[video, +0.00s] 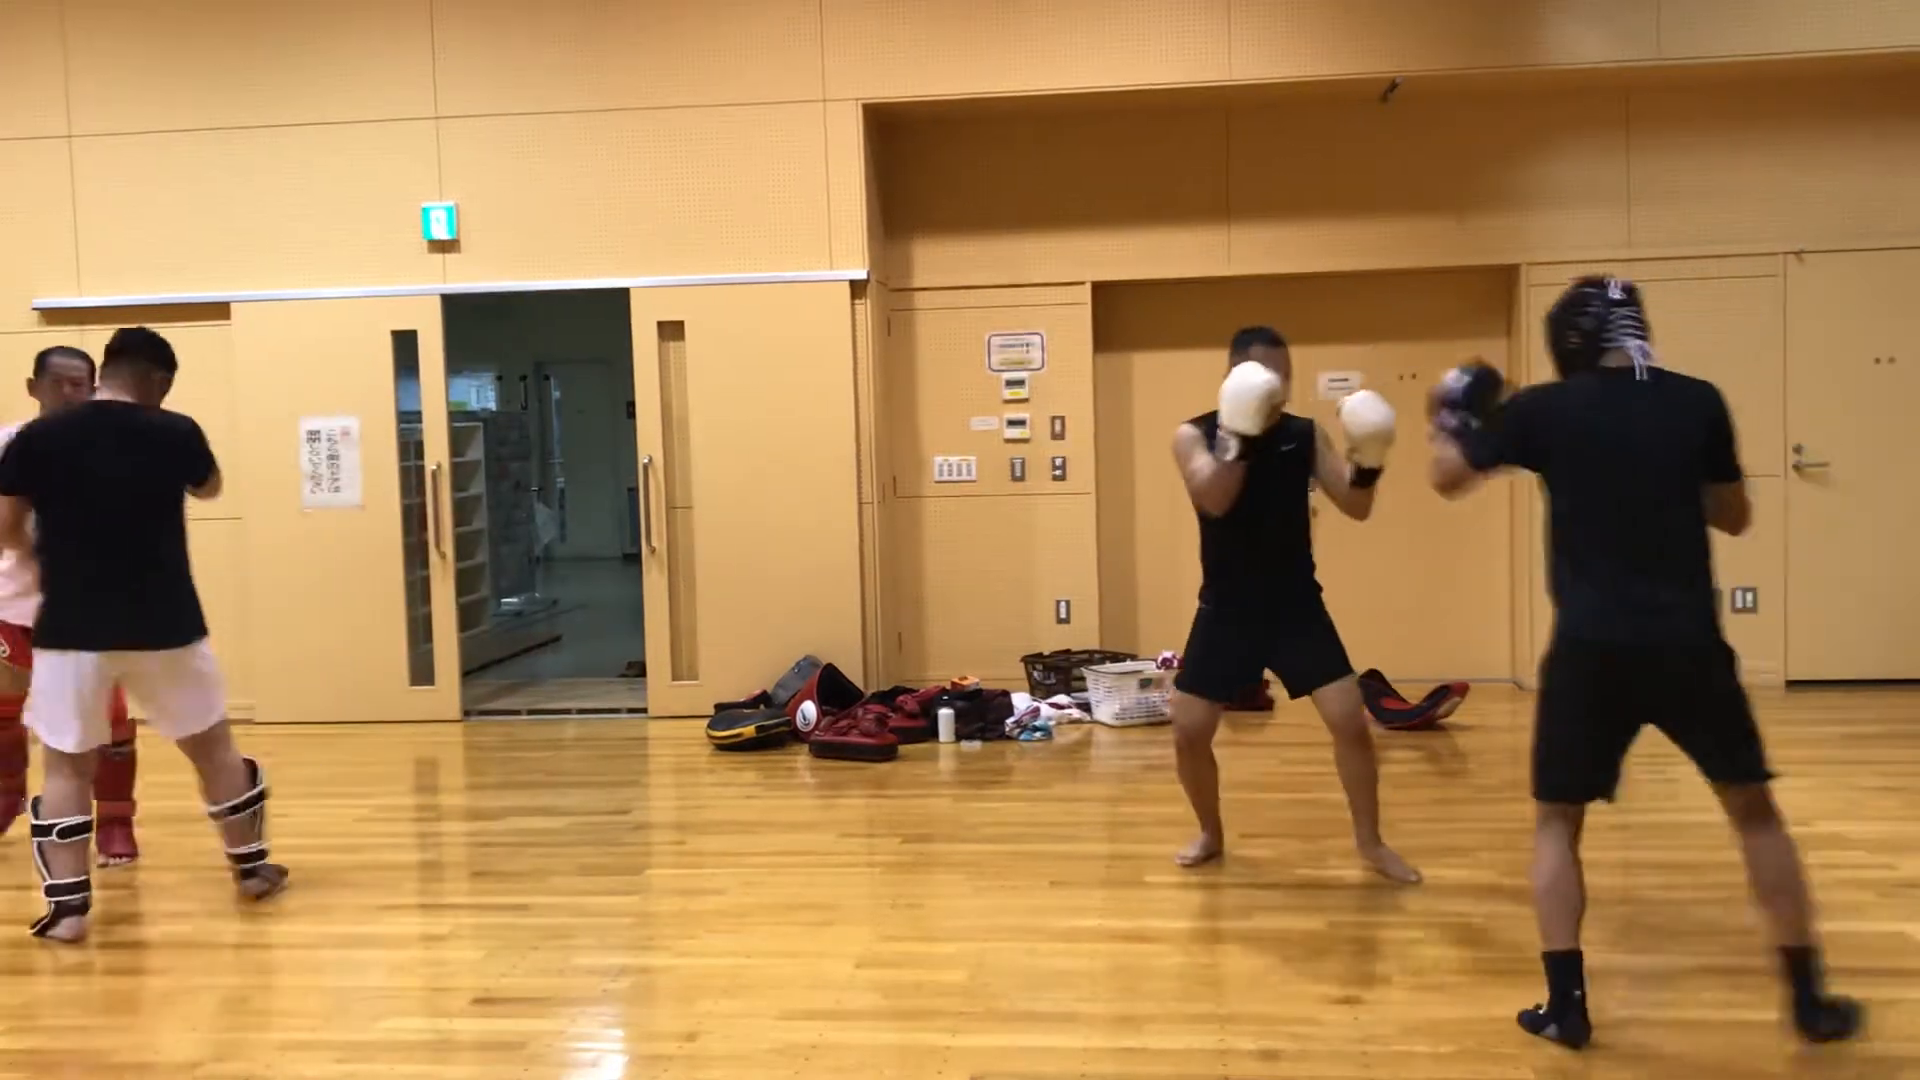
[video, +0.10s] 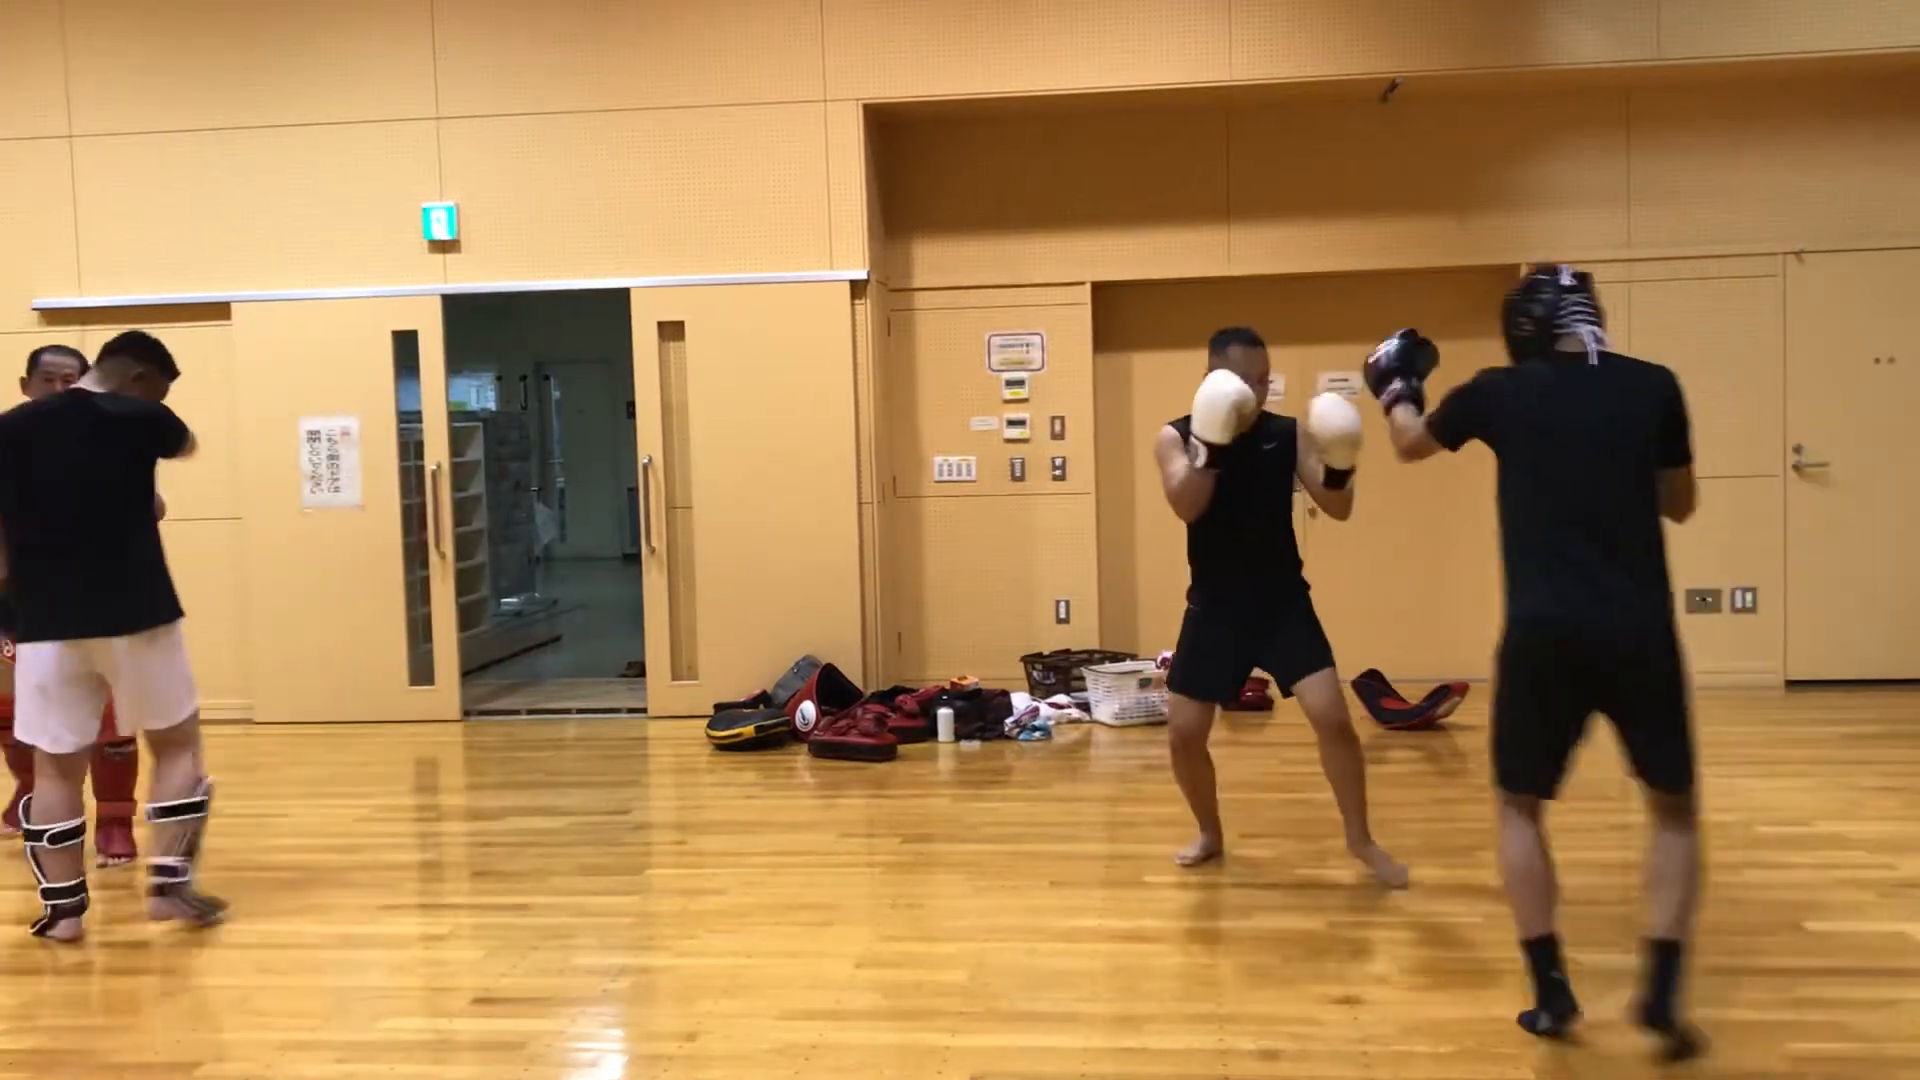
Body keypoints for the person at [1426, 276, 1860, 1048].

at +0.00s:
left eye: (1557, 346)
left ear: (1567, 347)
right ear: (1638, 338)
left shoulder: (1546, 409)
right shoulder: (1696, 401)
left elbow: (1449, 477)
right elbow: (1733, 513)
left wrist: (1446, 414)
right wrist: (1664, 476)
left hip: (1589, 654)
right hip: (1689, 651)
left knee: (1557, 821)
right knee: (1754, 810)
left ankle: (1565, 1008)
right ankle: (1808, 998)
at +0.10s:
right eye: (1586, 312)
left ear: (1520, 333)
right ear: (1592, 325)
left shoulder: (1499, 391)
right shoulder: (1653, 385)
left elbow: (1410, 443)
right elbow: (1679, 501)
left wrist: (1394, 389)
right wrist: (1616, 454)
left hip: (1542, 634)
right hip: (1640, 634)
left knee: (1519, 807)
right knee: (1673, 808)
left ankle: (1552, 995)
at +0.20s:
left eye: (1471, 339)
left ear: (1480, 341)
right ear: (1551, 332)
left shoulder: (1461, 405)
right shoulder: (1608, 400)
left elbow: (1374, 493)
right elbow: (1642, 514)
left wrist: (1385, 417)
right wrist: (1592, 457)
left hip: (1487, 644)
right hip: (1583, 648)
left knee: (1451, 802)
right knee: (1604, 835)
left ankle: (1435, 987)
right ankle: (1596, 1034)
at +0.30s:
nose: (1481, 351)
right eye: (1480, 340)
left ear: (1410, 356)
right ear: (1484, 348)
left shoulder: (1378, 418)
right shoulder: (1519, 412)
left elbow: (1298, 498)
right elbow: (1574, 529)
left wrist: (1318, 438)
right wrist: (1517, 473)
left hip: (1404, 663)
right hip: (1493, 663)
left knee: (1348, 822)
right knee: (1556, 839)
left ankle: (1267, 971)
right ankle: (1590, 1043)